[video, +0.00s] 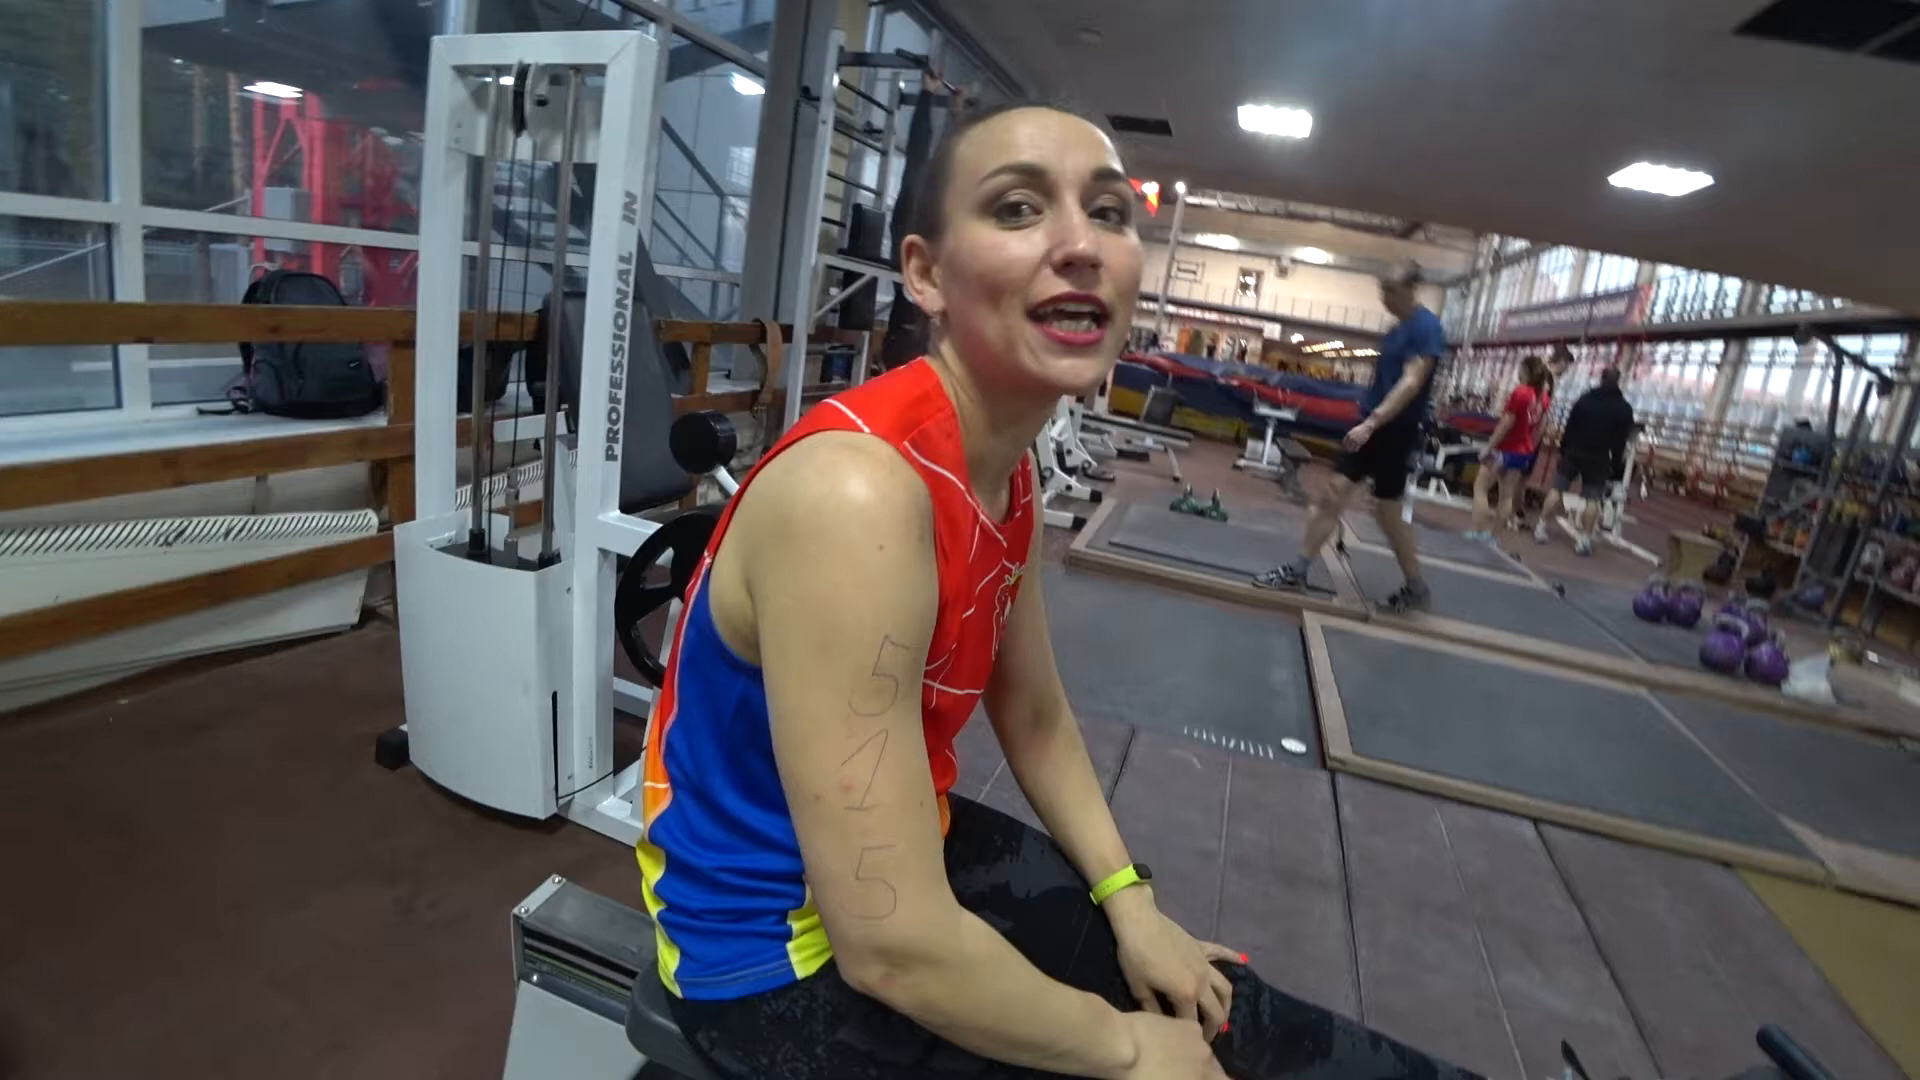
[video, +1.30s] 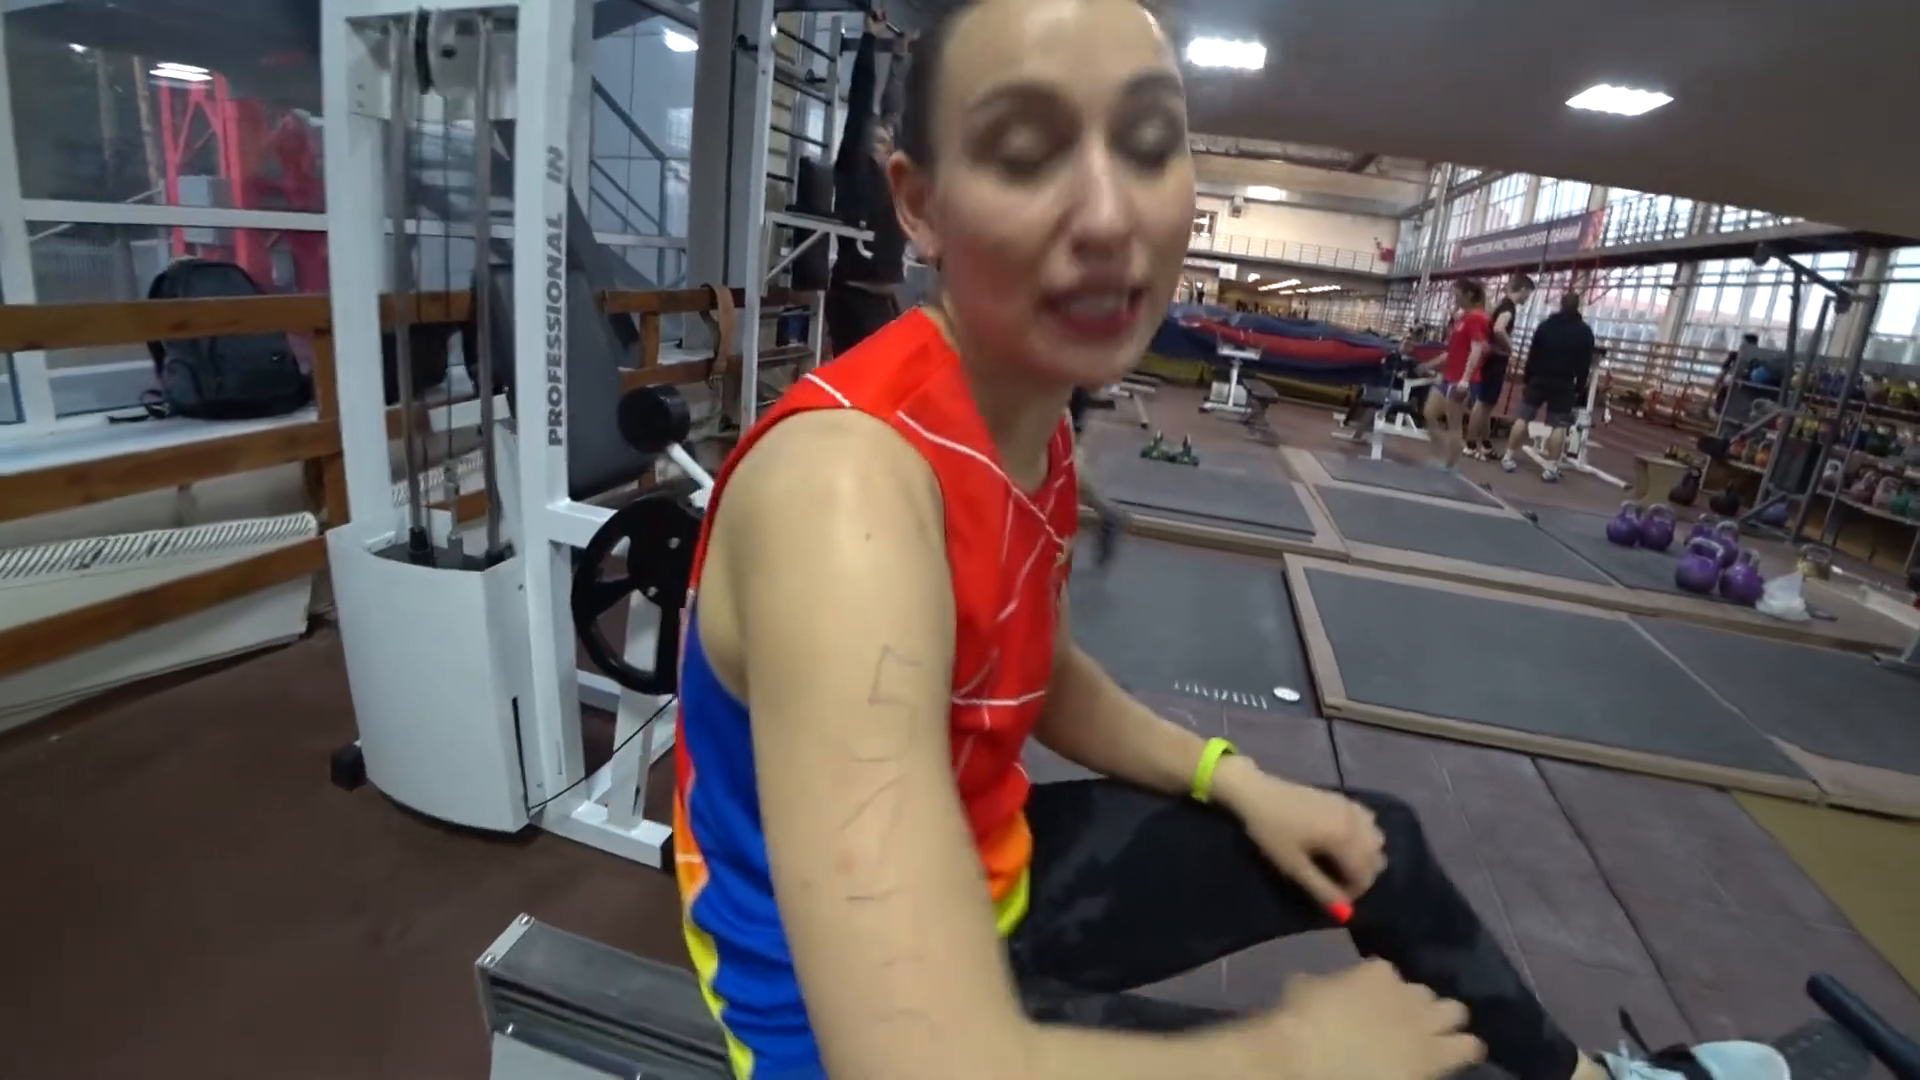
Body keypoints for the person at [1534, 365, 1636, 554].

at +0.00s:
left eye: (1604, 376)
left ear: (1601, 379)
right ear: (1618, 382)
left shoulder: (1586, 398)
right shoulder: (1624, 409)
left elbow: (1570, 425)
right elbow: (1619, 442)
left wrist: (1563, 448)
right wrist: (1617, 467)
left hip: (1574, 450)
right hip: (1598, 457)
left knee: (1558, 489)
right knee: (1593, 498)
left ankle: (1541, 525)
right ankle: (1585, 538)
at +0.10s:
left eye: (1599, 366)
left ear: (1597, 369)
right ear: (1614, 372)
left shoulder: (1582, 387)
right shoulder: (1619, 398)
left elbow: (1566, 414)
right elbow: (1615, 431)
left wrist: (1560, 437)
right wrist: (1613, 456)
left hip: (1570, 440)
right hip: (1595, 446)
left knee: (1554, 478)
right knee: (1589, 487)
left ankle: (1538, 514)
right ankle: (1582, 528)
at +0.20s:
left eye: (1591, 351)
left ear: (1589, 353)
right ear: (1605, 356)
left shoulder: (1574, 373)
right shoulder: (1612, 382)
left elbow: (1559, 399)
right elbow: (1609, 414)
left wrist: (1553, 422)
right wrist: (1605, 437)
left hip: (1563, 425)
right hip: (1588, 431)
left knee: (1548, 464)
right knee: (1583, 473)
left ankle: (1533, 502)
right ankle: (1576, 514)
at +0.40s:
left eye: (1574, 335)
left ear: (1572, 337)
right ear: (1589, 340)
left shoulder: (1557, 357)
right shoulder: (1596, 366)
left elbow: (1544, 384)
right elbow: (1593, 397)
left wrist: (1538, 407)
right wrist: (1589, 419)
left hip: (1548, 409)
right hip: (1573, 415)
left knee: (1534, 449)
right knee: (1569, 456)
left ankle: (1519, 488)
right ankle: (1562, 499)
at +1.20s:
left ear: (1563, 315)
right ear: (1580, 318)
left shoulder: (1548, 334)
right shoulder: (1586, 341)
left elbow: (1535, 361)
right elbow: (1586, 372)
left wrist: (1529, 385)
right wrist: (1582, 394)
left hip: (1540, 387)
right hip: (1566, 392)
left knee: (1525, 427)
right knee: (1561, 435)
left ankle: (1510, 466)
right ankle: (1553, 477)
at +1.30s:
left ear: (1561, 304)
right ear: (1578, 307)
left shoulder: (1547, 324)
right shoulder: (1585, 332)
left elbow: (1533, 352)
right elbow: (1584, 364)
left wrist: (1527, 375)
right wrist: (1580, 387)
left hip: (1538, 377)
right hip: (1564, 383)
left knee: (1524, 417)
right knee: (1558, 425)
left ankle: (1508, 457)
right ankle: (1551, 467)